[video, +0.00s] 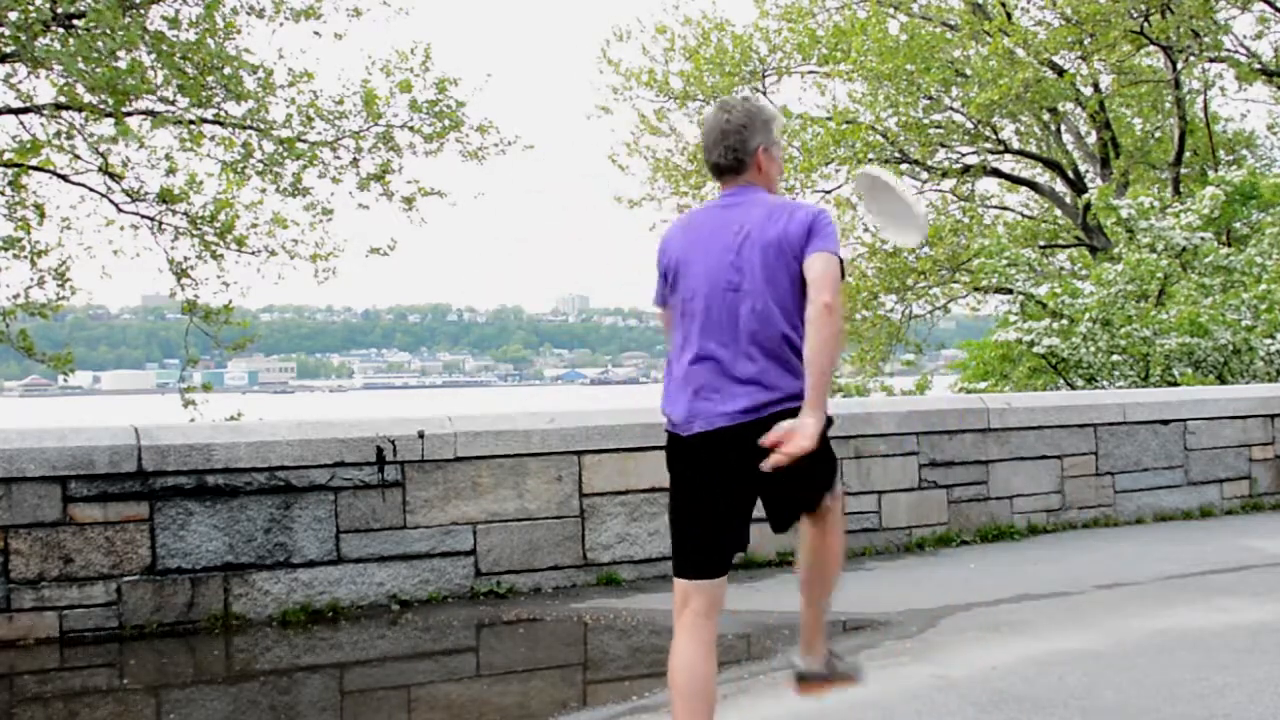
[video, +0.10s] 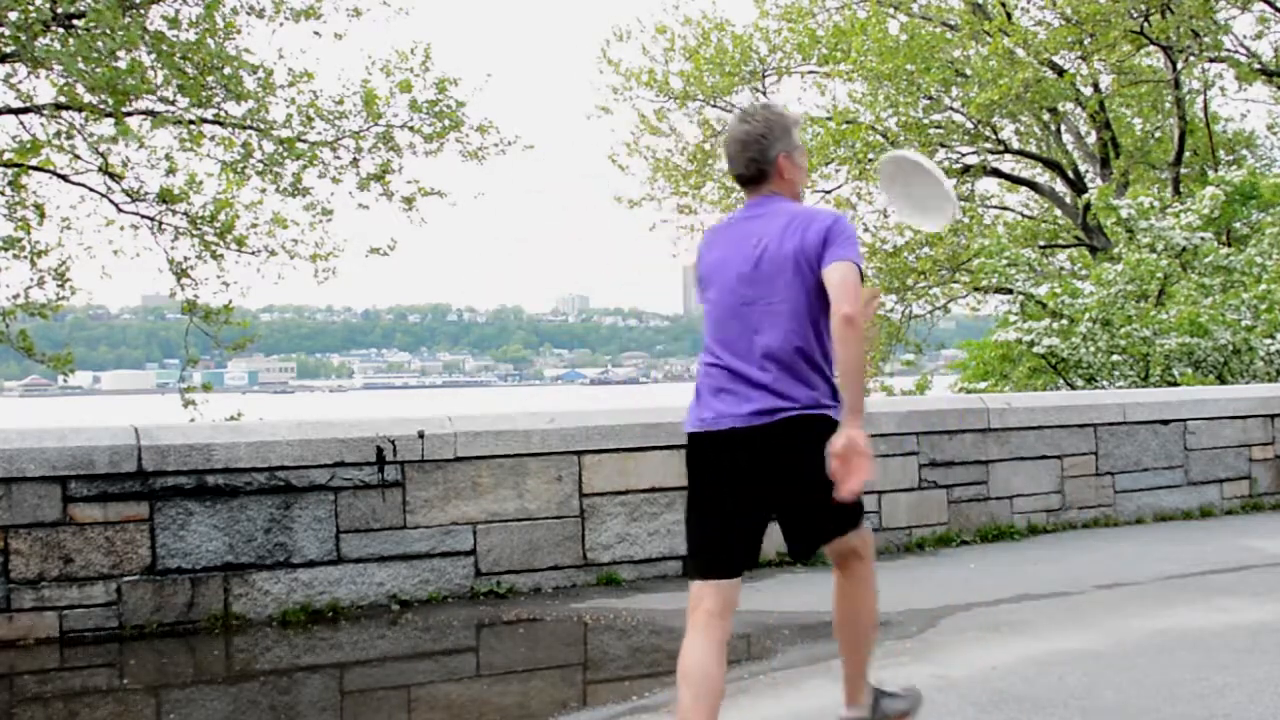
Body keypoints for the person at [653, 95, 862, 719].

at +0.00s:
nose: (782, 159)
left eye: (777, 149)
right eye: (778, 149)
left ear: (713, 164)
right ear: (763, 156)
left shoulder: (677, 235)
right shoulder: (803, 219)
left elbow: (675, 334)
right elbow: (824, 301)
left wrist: (702, 411)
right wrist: (813, 413)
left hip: (695, 435)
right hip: (778, 424)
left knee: (694, 607)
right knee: (822, 506)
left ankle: (689, 716)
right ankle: (814, 656)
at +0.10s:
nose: (806, 163)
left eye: (802, 152)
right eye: (801, 153)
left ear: (738, 173)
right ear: (785, 163)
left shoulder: (713, 240)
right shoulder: (825, 226)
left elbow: (728, 311)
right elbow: (848, 312)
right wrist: (853, 422)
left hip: (716, 441)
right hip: (800, 433)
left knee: (708, 608)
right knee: (851, 555)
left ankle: (693, 717)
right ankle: (858, 700)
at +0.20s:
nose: (841, 174)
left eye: (836, 164)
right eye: (837, 165)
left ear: (780, 182)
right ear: (822, 173)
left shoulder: (763, 246)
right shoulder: (851, 230)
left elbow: (816, 326)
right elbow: (863, 321)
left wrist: (900, 287)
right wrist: (893, 418)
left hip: (751, 440)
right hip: (829, 438)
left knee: (733, 591)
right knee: (885, 578)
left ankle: (691, 715)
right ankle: (882, 712)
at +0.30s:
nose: (886, 184)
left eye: (882, 173)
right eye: (880, 174)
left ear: (831, 191)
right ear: (863, 183)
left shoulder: (812, 255)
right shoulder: (880, 241)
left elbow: (882, 342)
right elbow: (863, 332)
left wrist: (943, 298)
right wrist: (917, 405)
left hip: (798, 452)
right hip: (865, 449)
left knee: (787, 594)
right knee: (926, 580)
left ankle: (707, 698)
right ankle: (896, 711)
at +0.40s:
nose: (928, 188)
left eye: (926, 177)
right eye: (922, 177)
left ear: (880, 191)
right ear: (897, 187)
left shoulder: (857, 254)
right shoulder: (894, 246)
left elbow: (902, 367)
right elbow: (856, 335)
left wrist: (970, 331)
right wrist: (926, 403)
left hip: (832, 441)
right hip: (876, 440)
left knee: (875, 588)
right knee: (946, 579)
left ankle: (774, 684)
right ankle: (896, 712)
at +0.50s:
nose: (956, 189)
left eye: (955, 177)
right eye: (949, 177)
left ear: (913, 187)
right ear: (919, 185)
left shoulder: (906, 251)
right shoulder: (901, 249)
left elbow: (936, 357)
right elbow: (852, 339)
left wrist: (1016, 330)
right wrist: (923, 409)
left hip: (877, 437)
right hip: (881, 438)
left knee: (928, 576)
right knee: (956, 578)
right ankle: (895, 712)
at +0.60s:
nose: (970, 185)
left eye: (968, 173)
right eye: (962, 173)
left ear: (932, 182)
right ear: (931, 182)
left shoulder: (944, 256)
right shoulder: (903, 249)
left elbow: (986, 328)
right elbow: (857, 344)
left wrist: (1051, 307)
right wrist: (920, 420)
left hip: (920, 437)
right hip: (893, 438)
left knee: (964, 570)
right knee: (962, 575)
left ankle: (971, 693)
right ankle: (897, 710)